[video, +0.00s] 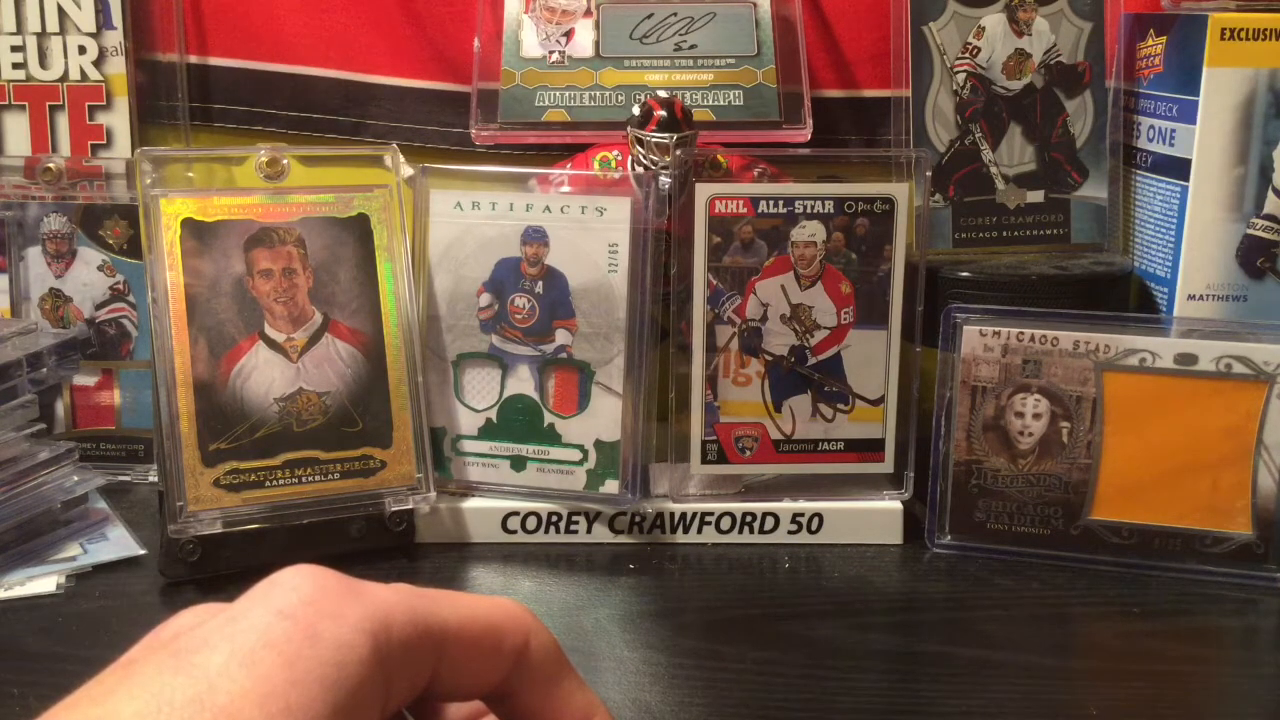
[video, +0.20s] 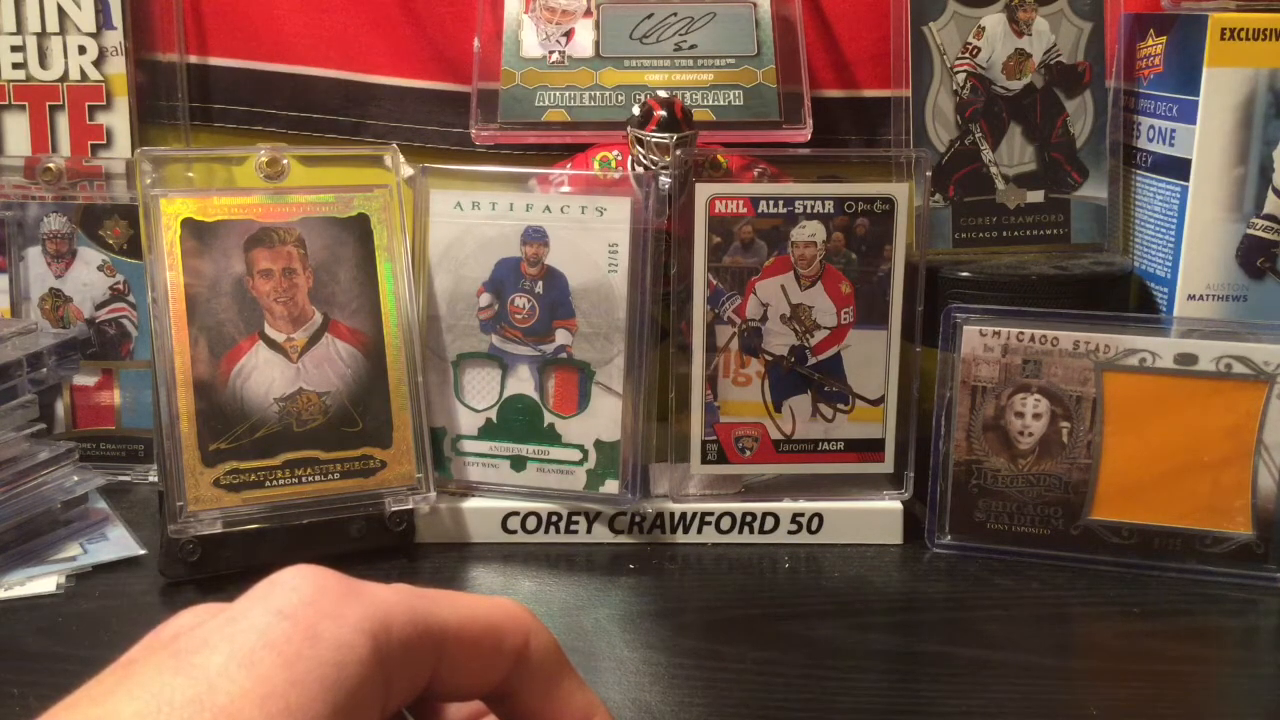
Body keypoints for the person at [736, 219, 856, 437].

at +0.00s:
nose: (801, 253)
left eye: (808, 247)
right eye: (796, 247)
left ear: (821, 249)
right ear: (790, 249)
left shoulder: (838, 285)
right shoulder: (773, 271)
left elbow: (842, 331)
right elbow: (754, 293)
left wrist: (810, 352)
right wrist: (750, 325)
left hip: (823, 354)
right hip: (780, 353)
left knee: (834, 413)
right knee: (798, 411)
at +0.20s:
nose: (801, 253)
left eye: (808, 247)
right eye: (796, 247)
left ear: (821, 249)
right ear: (790, 249)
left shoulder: (838, 285)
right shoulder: (773, 271)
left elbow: (842, 331)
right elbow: (754, 293)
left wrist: (810, 352)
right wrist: (750, 325)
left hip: (823, 354)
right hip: (780, 353)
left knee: (834, 412)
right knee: (798, 411)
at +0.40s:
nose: (801, 253)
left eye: (808, 247)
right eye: (796, 247)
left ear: (821, 249)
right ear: (790, 249)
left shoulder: (838, 285)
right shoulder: (773, 271)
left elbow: (842, 330)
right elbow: (754, 293)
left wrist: (809, 352)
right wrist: (750, 326)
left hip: (822, 353)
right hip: (779, 353)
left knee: (834, 412)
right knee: (798, 410)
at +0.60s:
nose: (801, 253)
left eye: (808, 247)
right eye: (796, 247)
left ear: (821, 249)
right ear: (790, 249)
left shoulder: (839, 285)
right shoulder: (773, 271)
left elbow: (842, 330)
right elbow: (754, 292)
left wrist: (809, 352)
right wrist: (750, 325)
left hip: (822, 354)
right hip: (780, 353)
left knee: (833, 412)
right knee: (799, 410)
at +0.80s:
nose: (801, 253)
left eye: (808, 247)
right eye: (796, 247)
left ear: (821, 249)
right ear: (790, 249)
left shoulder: (839, 285)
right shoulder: (773, 271)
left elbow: (842, 330)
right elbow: (754, 293)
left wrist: (809, 352)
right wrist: (750, 325)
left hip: (822, 354)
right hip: (780, 353)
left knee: (833, 412)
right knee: (799, 410)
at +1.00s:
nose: (801, 253)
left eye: (808, 247)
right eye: (796, 247)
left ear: (821, 249)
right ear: (790, 249)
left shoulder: (838, 285)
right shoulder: (774, 271)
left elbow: (842, 330)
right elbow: (754, 292)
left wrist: (810, 352)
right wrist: (751, 326)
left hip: (823, 354)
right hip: (780, 354)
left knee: (833, 413)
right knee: (797, 412)